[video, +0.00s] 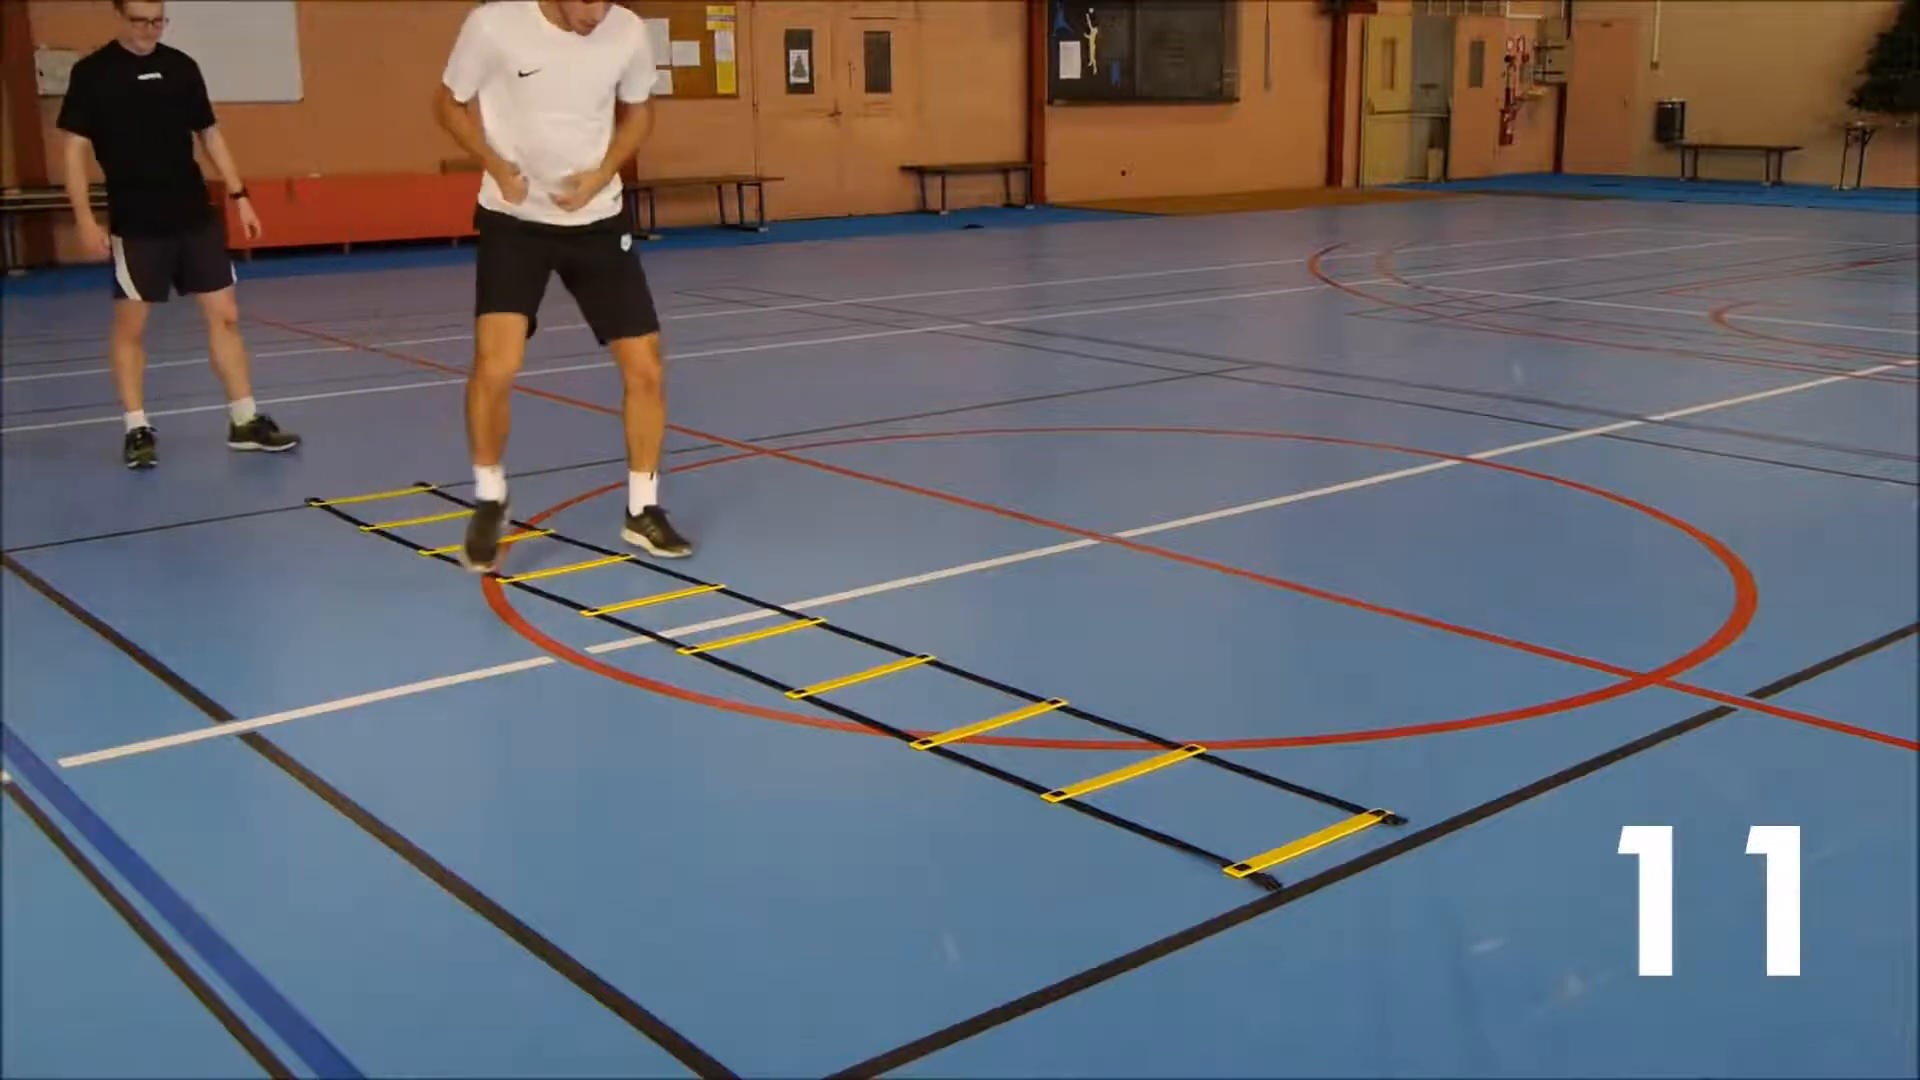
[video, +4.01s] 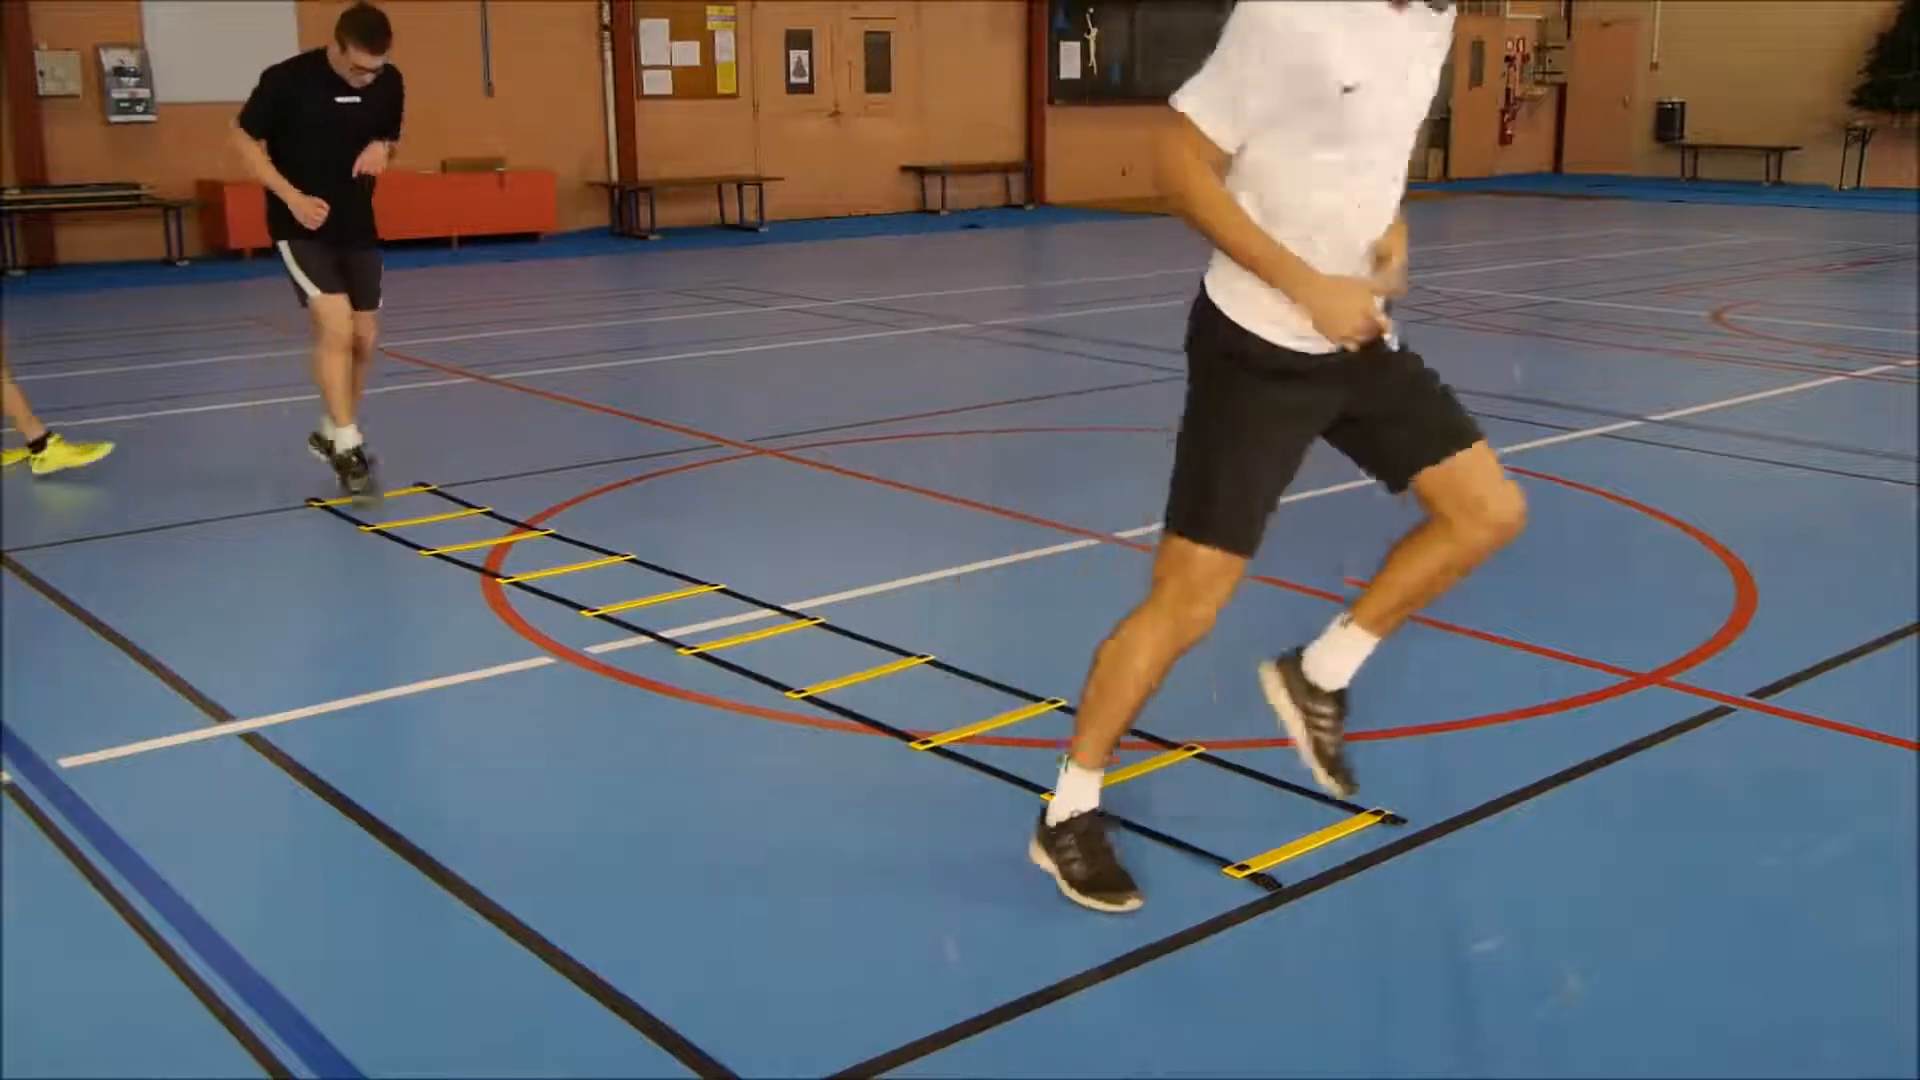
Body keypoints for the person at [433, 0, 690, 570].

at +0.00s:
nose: (595, 16)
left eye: (603, 6)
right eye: (586, 5)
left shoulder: (629, 33)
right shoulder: (492, 25)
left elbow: (637, 117)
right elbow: (449, 104)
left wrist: (601, 171)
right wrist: (494, 162)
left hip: (598, 224)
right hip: (512, 223)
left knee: (646, 369)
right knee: (494, 370)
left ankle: (643, 510)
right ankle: (489, 498)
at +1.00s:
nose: (721, 1)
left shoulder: (763, 14)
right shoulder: (613, 10)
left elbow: (767, 102)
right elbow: (568, 77)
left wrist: (726, 168)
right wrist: (614, 155)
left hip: (718, 226)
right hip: (633, 229)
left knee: (754, 383)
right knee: (654, 394)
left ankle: (696, 541)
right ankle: (651, 547)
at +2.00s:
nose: (913, 3)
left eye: (917, 0)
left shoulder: (912, 29)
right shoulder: (773, 26)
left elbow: (887, 116)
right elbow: (714, 131)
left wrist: (876, 202)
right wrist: (792, 210)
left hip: (862, 249)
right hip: (769, 259)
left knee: (961, 395)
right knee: (754, 441)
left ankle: (913, 562)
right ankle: (686, 613)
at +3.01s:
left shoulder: (1148, 15)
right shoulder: (978, 9)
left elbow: (1134, 119)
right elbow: (888, 84)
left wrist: (1100, 205)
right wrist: (968, 176)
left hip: (1072, 269)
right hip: (970, 269)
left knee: (1147, 456)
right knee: (1018, 481)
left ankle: (1046, 616)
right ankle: (1006, 665)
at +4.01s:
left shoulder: (1436, 19)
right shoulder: (1284, 18)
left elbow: (1362, 142)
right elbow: (1178, 163)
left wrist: (1386, 224)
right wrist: (1306, 284)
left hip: (1357, 340)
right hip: (1253, 343)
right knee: (1189, 598)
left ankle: (1319, 675)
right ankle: (1070, 808)